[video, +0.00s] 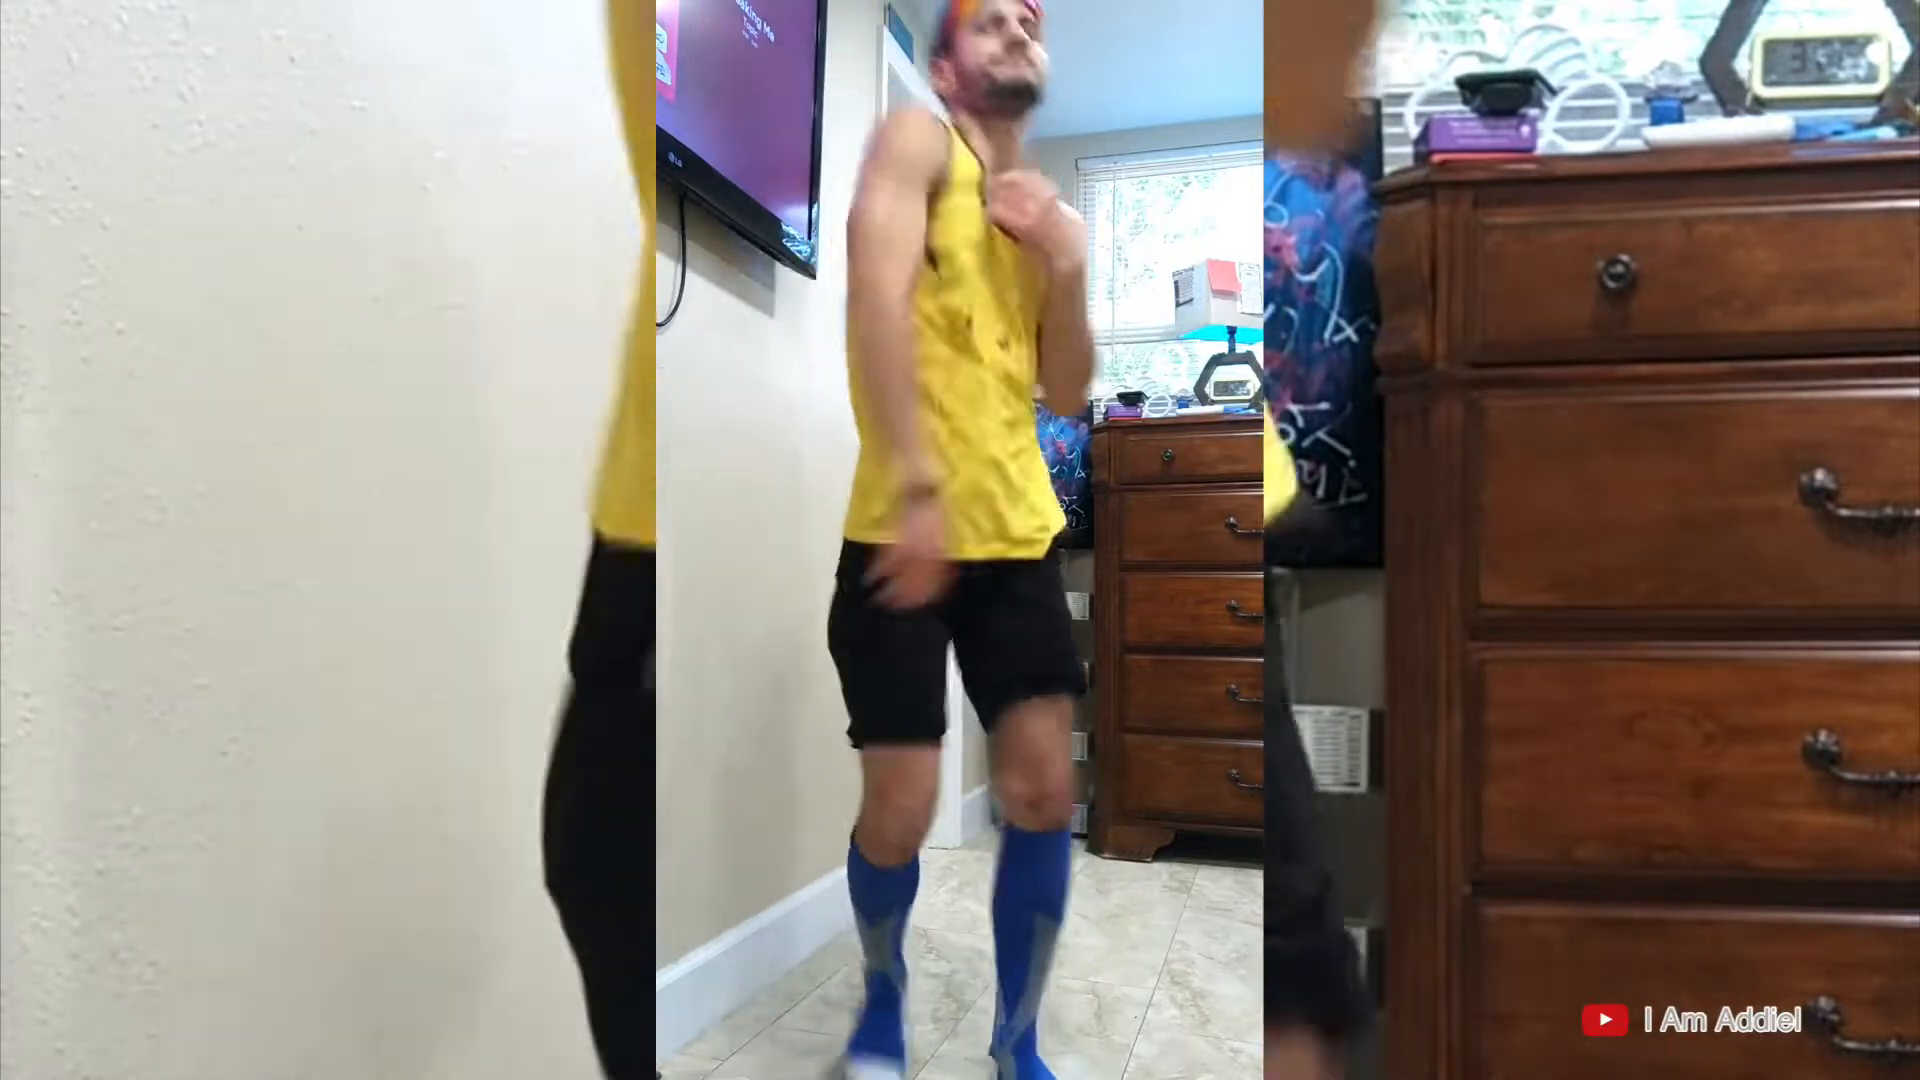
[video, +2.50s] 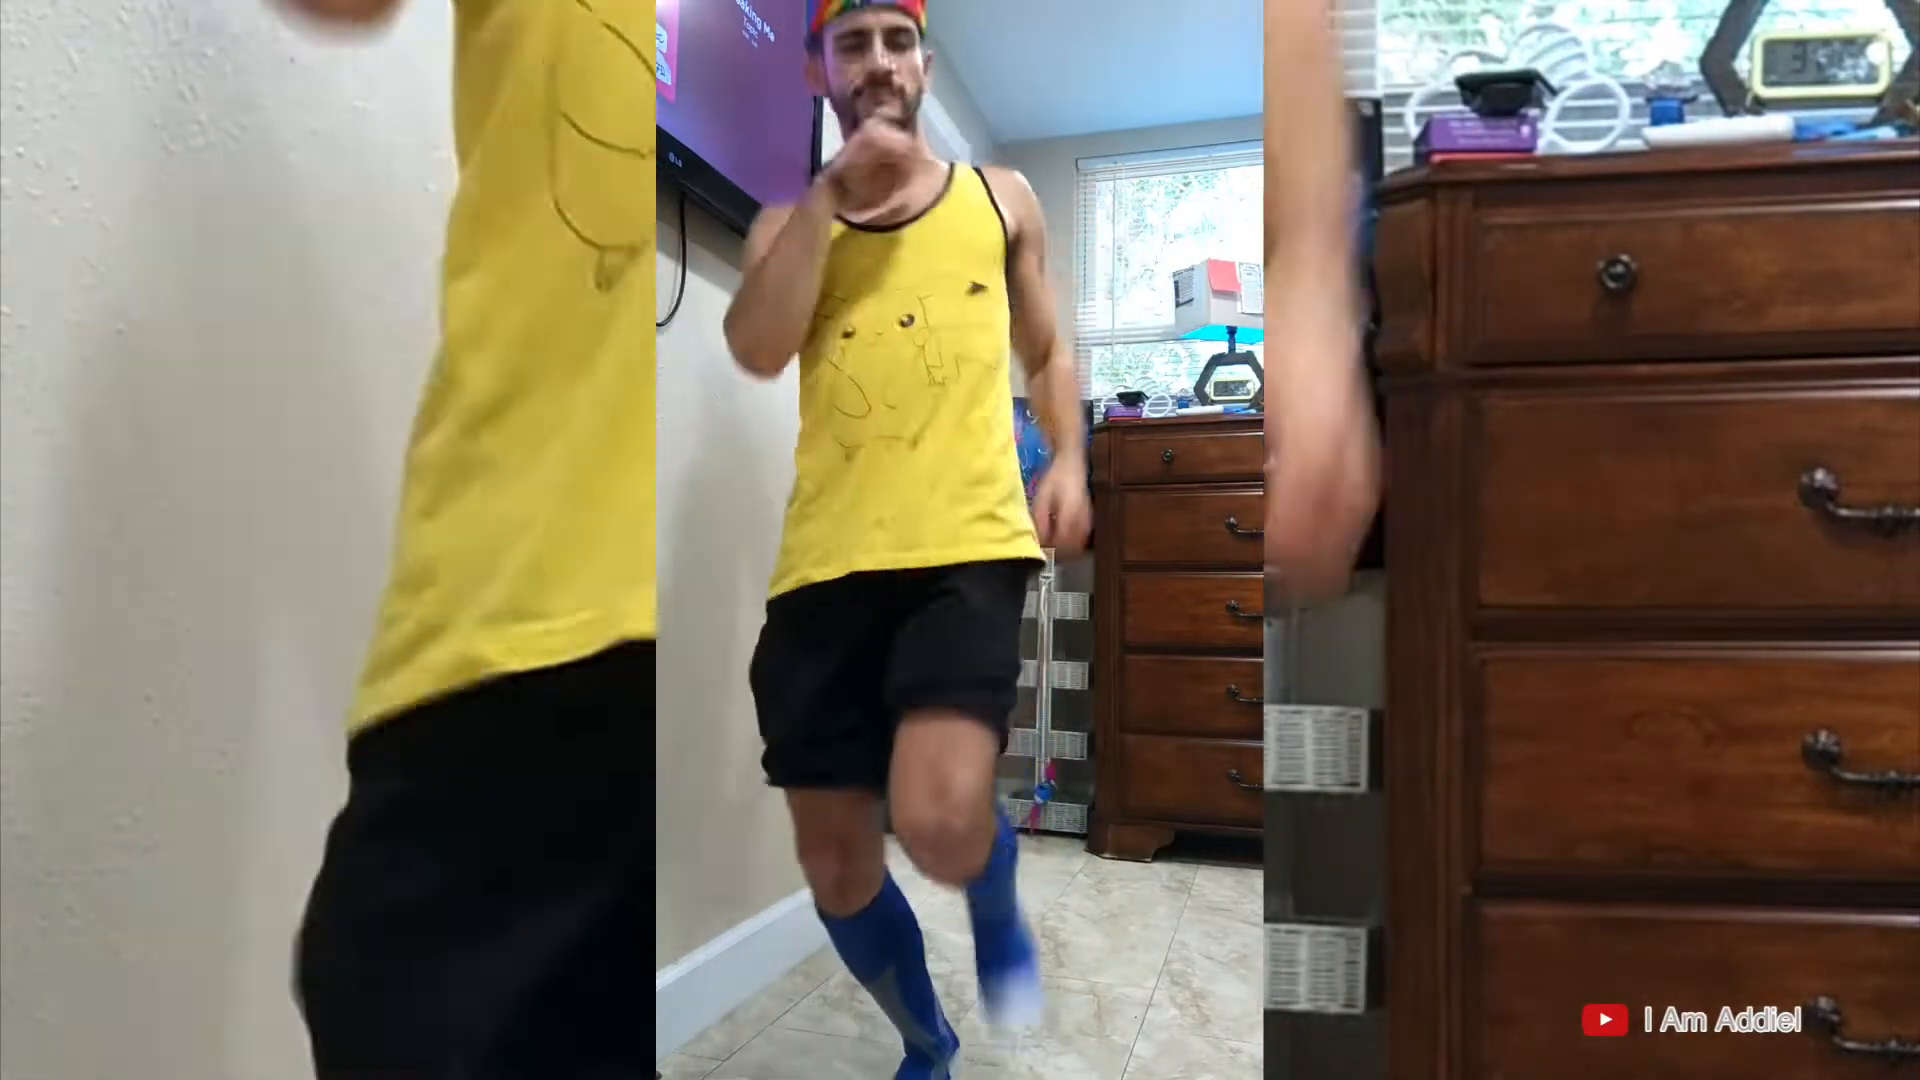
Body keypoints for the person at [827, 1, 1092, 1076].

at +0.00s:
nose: (1019, 32)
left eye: (1032, 27)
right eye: (993, 23)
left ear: (1045, 75)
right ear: (943, 66)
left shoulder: (1044, 203)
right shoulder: (918, 133)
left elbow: (1068, 392)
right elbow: (878, 295)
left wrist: (1067, 260)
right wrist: (916, 488)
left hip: (1014, 529)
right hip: (904, 523)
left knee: (1044, 786)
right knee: (902, 799)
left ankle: (1018, 1040)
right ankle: (880, 1013)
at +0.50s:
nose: (955, 14)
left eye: (983, 3)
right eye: (944, 7)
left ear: (1037, 35)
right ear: (934, 47)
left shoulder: (1090, 136)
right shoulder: (915, 183)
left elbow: (1042, 206)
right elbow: (928, 343)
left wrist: (877, 138)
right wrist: (877, 422)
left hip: (1034, 518)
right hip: (906, 515)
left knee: (1029, 801)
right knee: (847, 754)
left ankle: (1017, 1037)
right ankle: (898, 966)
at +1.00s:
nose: (919, 96)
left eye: (943, 82)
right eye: (906, 87)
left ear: (990, 112)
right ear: (897, 121)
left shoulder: (1034, 182)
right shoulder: (916, 265)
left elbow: (1152, 316)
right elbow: (873, 414)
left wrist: (1071, 421)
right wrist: (869, 265)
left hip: (1010, 524)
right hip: (925, 535)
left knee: (910, 809)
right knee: (904, 813)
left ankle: (1127, 710)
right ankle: (1007, 1032)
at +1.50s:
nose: (1000, 67)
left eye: (1011, 55)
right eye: (973, 54)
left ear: (1023, 92)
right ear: (925, 90)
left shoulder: (1015, 251)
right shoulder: (878, 170)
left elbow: (1021, 398)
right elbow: (815, 328)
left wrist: (1082, 317)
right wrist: (855, 503)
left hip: (1020, 566)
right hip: (902, 561)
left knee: (1016, 820)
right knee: (915, 828)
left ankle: (958, 1065)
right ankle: (887, 845)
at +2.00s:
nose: (906, 12)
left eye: (921, 5)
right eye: (879, 2)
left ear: (939, 41)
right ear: (831, 33)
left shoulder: (980, 200)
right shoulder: (774, 177)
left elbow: (1039, 363)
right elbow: (718, 368)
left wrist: (1052, 204)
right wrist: (750, 282)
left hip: (964, 548)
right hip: (814, 551)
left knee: (1022, 809)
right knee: (816, 826)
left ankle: (910, 818)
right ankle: (817, 1074)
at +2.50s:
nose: (881, 65)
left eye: (898, 42)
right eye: (855, 45)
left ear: (926, 62)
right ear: (822, 72)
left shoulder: (1000, 198)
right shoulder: (791, 222)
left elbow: (1047, 349)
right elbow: (759, 350)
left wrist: (1070, 459)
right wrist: (831, 196)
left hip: (969, 539)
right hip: (825, 557)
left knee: (939, 818)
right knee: (834, 864)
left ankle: (1002, 929)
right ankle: (927, 1043)